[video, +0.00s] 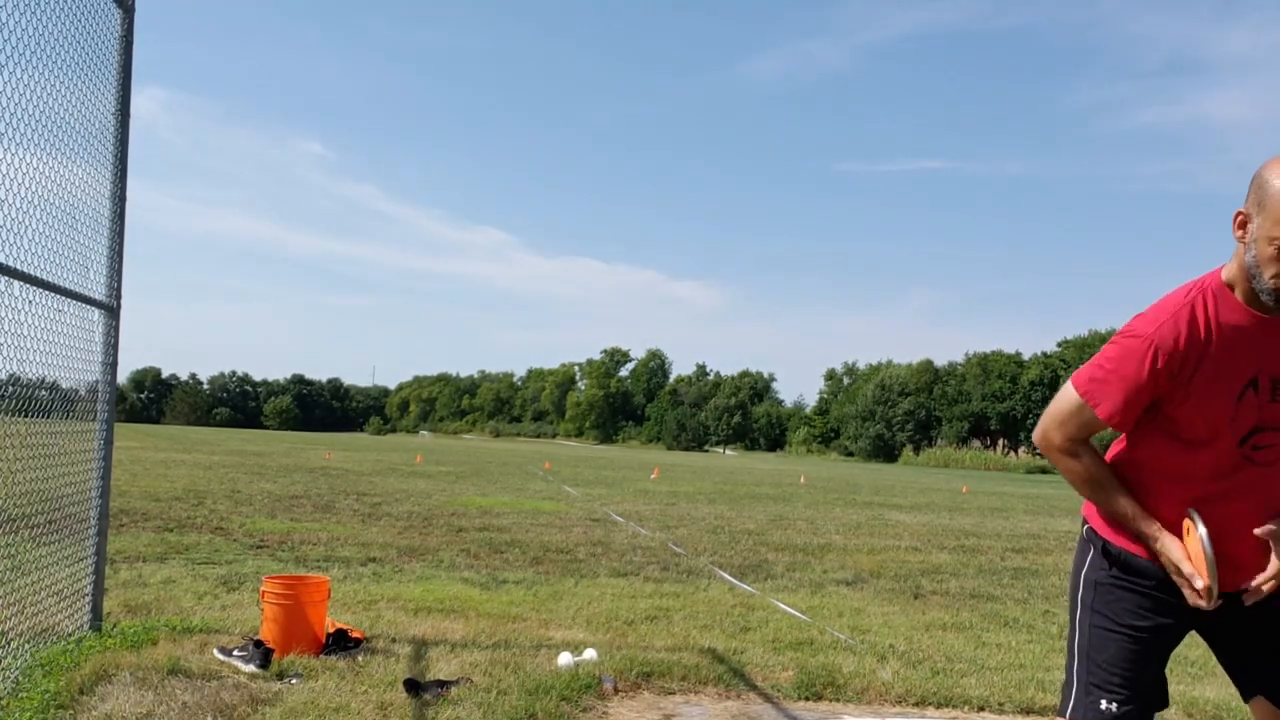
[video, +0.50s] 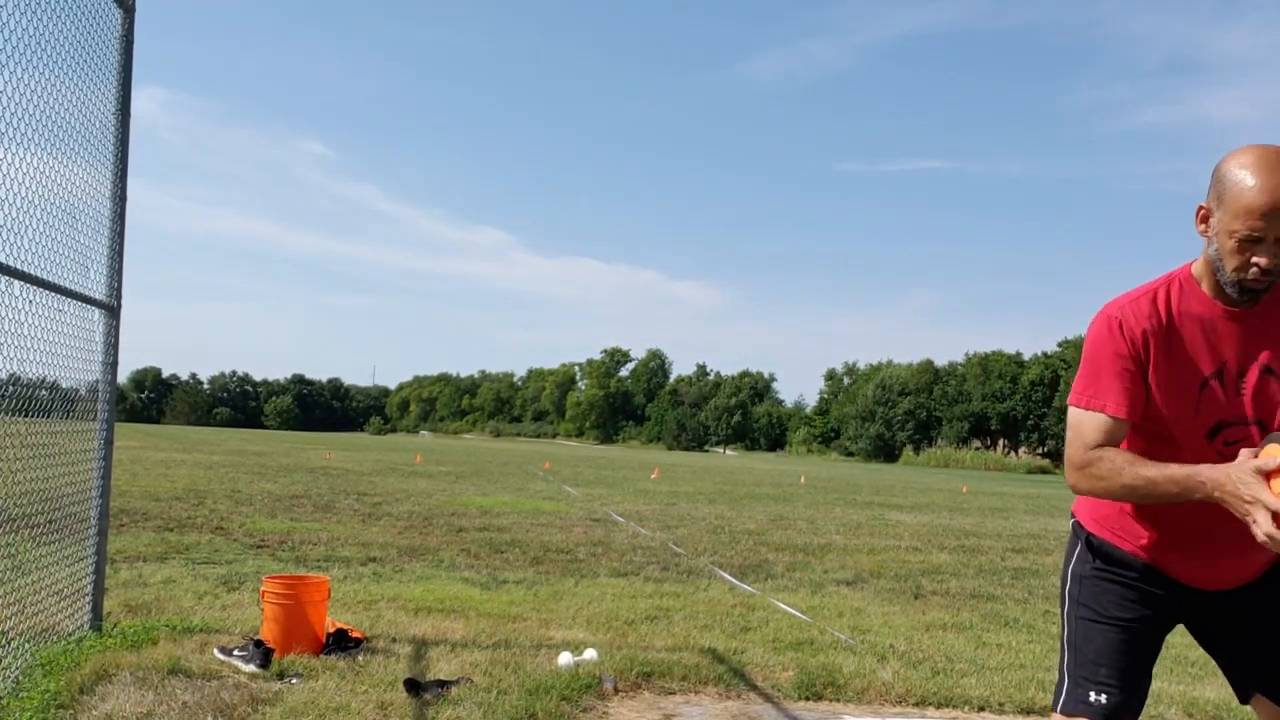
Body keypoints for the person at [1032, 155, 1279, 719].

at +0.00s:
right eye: (1278, 242)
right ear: (1243, 226)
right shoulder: (1179, 324)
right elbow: (1057, 435)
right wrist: (1155, 535)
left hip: (1254, 575)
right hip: (1134, 567)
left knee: (1275, 706)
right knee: (1101, 713)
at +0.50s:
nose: (1266, 261)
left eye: (1278, 243)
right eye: (1249, 242)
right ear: (1205, 222)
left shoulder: (1278, 317)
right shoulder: (1130, 324)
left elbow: (1275, 428)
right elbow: (1085, 466)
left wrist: (1275, 458)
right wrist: (1214, 481)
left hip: (1251, 563)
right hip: (1126, 557)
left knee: (1279, 703)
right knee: (1088, 713)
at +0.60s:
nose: (1267, 262)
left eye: (1279, 244)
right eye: (1251, 243)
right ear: (1206, 225)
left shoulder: (1277, 318)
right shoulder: (1135, 328)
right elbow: (1094, 475)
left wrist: (1270, 456)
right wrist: (1223, 477)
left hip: (1254, 563)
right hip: (1127, 557)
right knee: (1089, 711)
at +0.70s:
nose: (1268, 261)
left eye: (1279, 242)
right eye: (1252, 241)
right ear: (1208, 222)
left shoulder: (1277, 314)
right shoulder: (1137, 324)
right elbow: (1102, 470)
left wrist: (1269, 459)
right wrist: (1227, 475)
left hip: (1252, 555)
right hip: (1128, 550)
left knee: (1279, 699)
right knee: (1085, 710)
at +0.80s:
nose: (1269, 263)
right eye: (1253, 243)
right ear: (1210, 225)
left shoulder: (1278, 321)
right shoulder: (1139, 330)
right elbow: (1104, 477)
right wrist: (1233, 475)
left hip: (1253, 573)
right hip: (1129, 566)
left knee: (1279, 703)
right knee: (1093, 713)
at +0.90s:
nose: (1266, 263)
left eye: (1278, 243)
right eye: (1249, 242)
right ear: (1207, 227)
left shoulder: (1276, 321)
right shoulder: (1137, 329)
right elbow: (1110, 478)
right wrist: (1237, 475)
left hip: (1245, 562)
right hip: (1125, 558)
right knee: (1088, 711)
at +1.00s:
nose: (1260, 260)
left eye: (1275, 241)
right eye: (1244, 239)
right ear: (1203, 225)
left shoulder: (1276, 318)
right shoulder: (1134, 325)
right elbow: (1113, 475)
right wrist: (1241, 477)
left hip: (1243, 561)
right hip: (1124, 555)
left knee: (1277, 703)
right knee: (1086, 710)